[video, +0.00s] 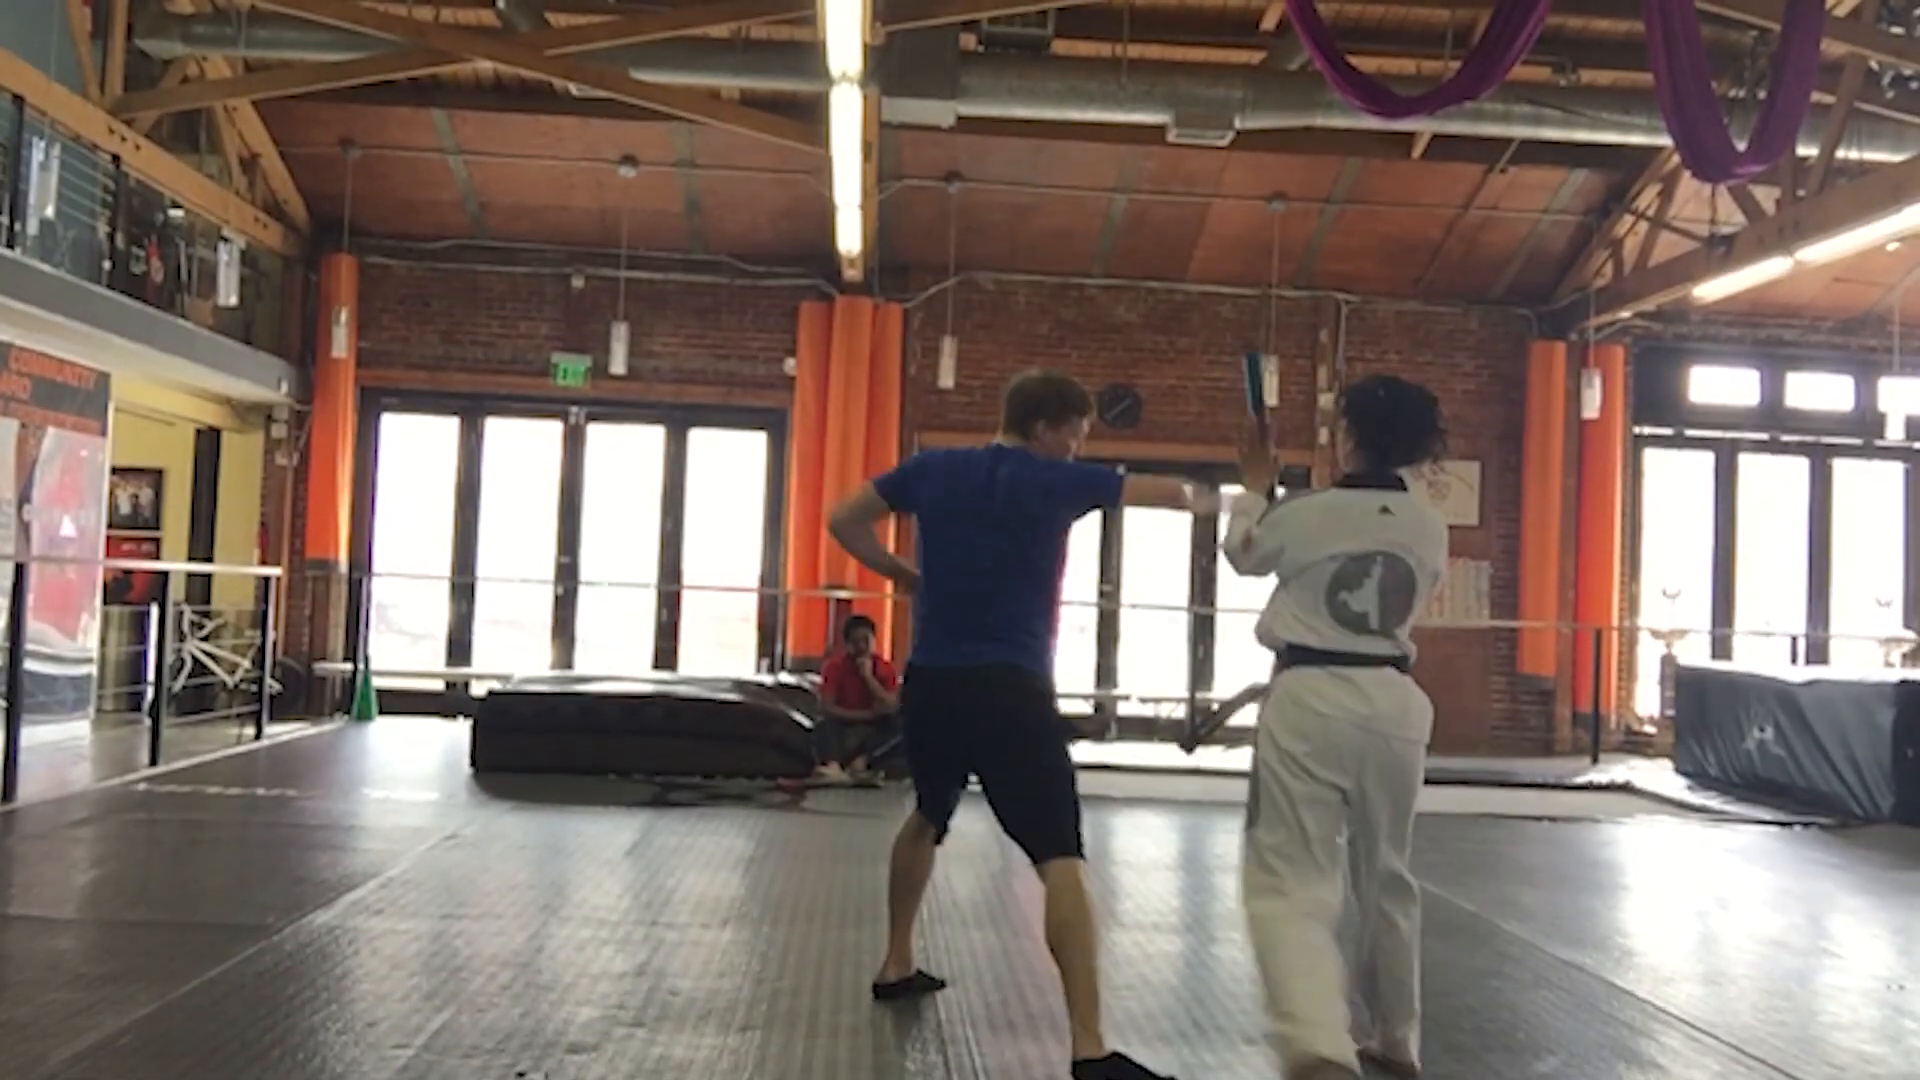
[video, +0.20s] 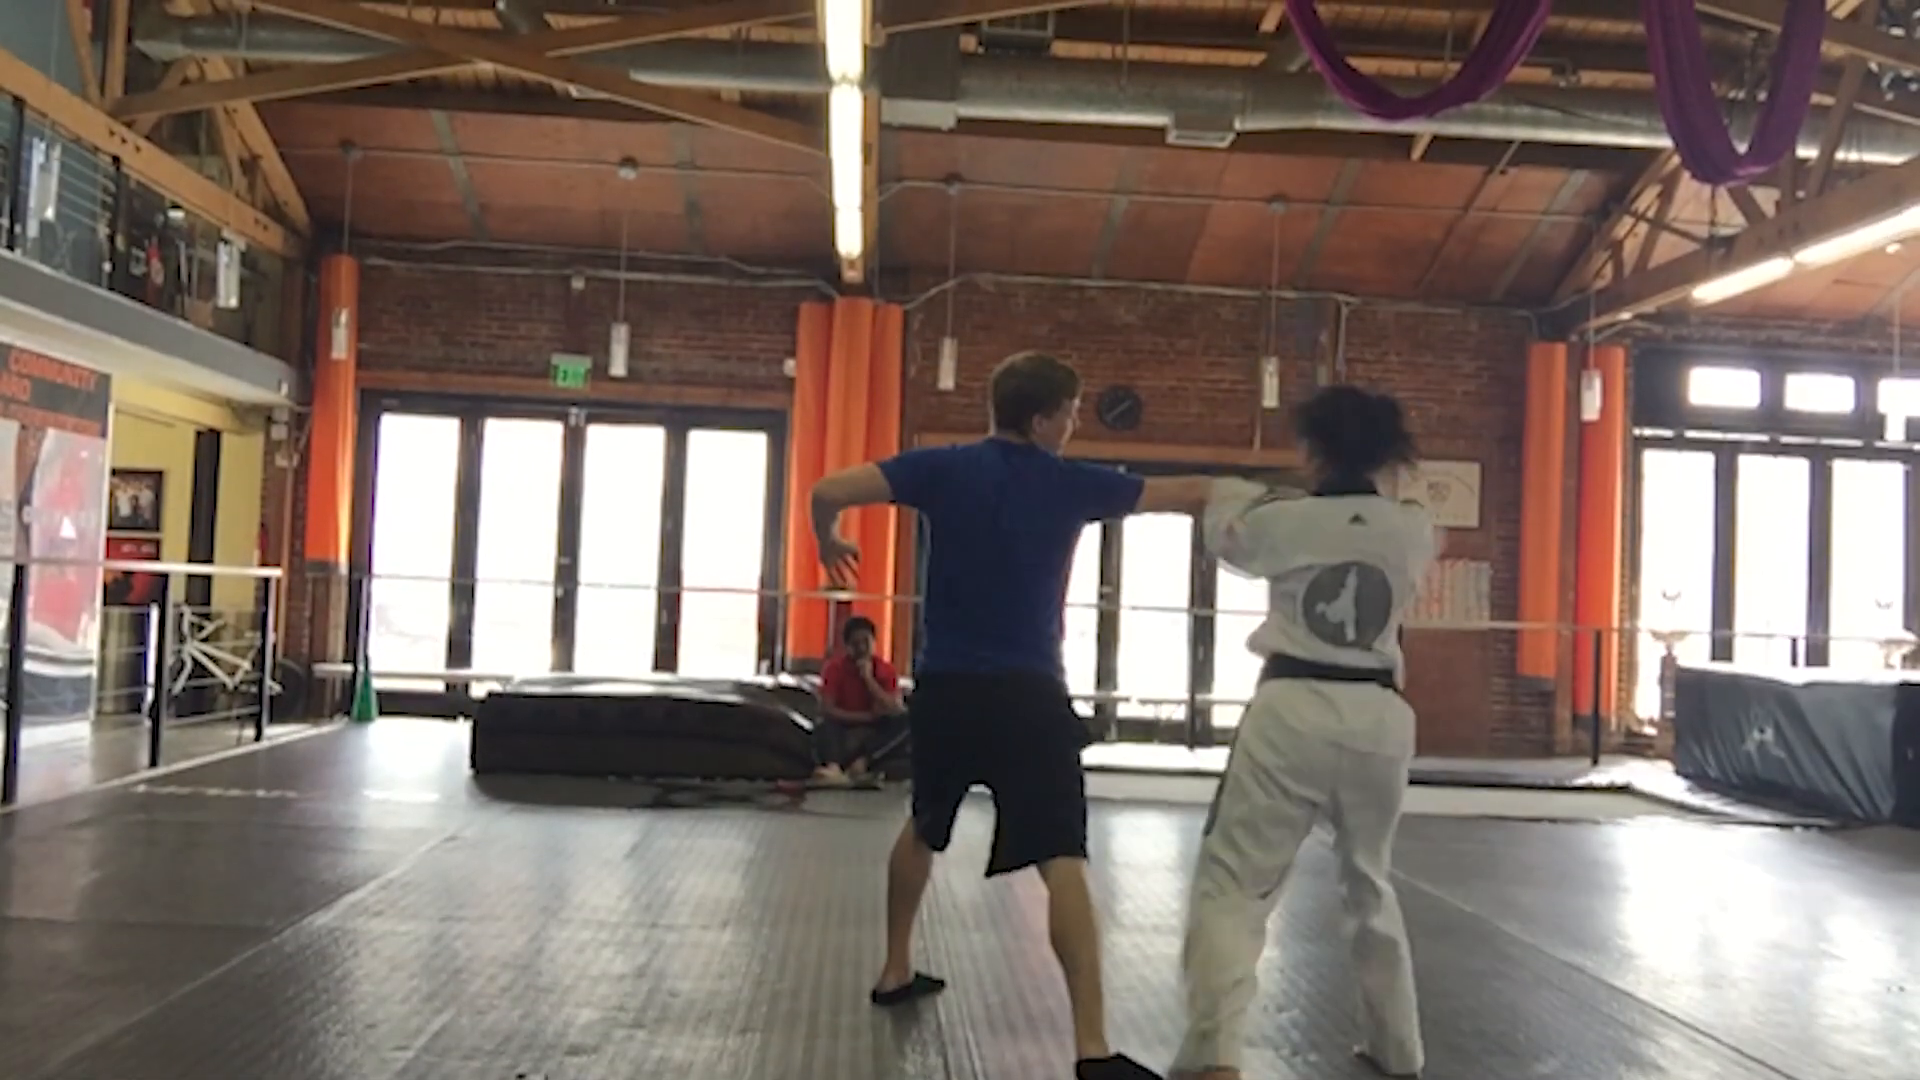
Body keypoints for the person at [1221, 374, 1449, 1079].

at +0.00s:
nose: (1332, 437)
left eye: (1339, 427)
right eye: (1337, 425)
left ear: (1353, 438)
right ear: (1414, 444)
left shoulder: (1304, 512)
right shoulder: (1430, 526)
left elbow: (1244, 554)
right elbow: (1403, 594)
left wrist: (1255, 492)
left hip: (1308, 697)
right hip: (1396, 700)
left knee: (1292, 877)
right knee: (1389, 878)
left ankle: (1320, 1051)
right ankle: (1398, 1046)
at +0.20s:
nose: (1298, 454)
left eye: (1304, 444)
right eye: (1300, 443)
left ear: (1320, 452)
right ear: (1385, 453)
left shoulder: (1289, 521)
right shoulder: (1413, 530)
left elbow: (1222, 536)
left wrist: (1234, 487)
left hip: (1290, 709)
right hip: (1379, 715)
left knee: (1233, 884)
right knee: (1371, 885)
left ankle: (1216, 1056)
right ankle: (1397, 1051)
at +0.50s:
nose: (1258, 479)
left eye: (1265, 468)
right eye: (1258, 467)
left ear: (1298, 470)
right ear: (1321, 464)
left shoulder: (1326, 532)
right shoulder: (1357, 498)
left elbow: (1236, 597)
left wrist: (1256, 533)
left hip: (1359, 721)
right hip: (1377, 709)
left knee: (1270, 897)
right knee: (1351, 874)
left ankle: (1232, 1068)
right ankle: (1393, 1018)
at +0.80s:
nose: (1299, 503)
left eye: (1315, 493)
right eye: (1302, 492)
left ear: (1354, 508)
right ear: (1324, 510)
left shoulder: (1393, 585)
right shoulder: (1304, 591)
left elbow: (1363, 680)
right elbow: (1280, 687)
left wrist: (1279, 653)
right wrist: (1247, 656)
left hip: (1386, 772)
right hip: (1329, 769)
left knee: (1262, 904)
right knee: (1306, 912)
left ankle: (1268, 1070)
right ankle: (1388, 1024)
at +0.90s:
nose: (1334, 489)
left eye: (1346, 478)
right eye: (1339, 476)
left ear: (1373, 494)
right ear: (1388, 497)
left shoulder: (1391, 575)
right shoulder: (1358, 561)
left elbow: (1317, 651)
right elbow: (1312, 638)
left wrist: (1267, 609)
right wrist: (1257, 618)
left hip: (1356, 757)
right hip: (1345, 750)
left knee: (1226, 914)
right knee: (1326, 904)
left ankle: (1255, 1071)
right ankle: (1390, 1026)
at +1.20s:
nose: (1304, 470)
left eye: (1310, 461)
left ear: (1310, 470)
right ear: (1372, 484)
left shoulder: (1269, 535)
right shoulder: (1378, 558)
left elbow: (1202, 623)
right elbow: (1373, 634)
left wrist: (1210, 576)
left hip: (1264, 728)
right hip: (1352, 731)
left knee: (1232, 904)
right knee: (1361, 885)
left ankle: (1189, 1067)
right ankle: (1404, 1051)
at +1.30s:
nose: (1373, 487)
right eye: (1372, 477)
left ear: (1296, 470)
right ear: (1361, 483)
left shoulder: (1259, 529)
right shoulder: (1373, 551)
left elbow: (1195, 613)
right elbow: (1372, 633)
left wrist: (1241, 639)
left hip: (1262, 721)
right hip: (1352, 724)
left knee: (1225, 907)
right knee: (1372, 879)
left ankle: (1203, 1066)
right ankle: (1387, 1044)